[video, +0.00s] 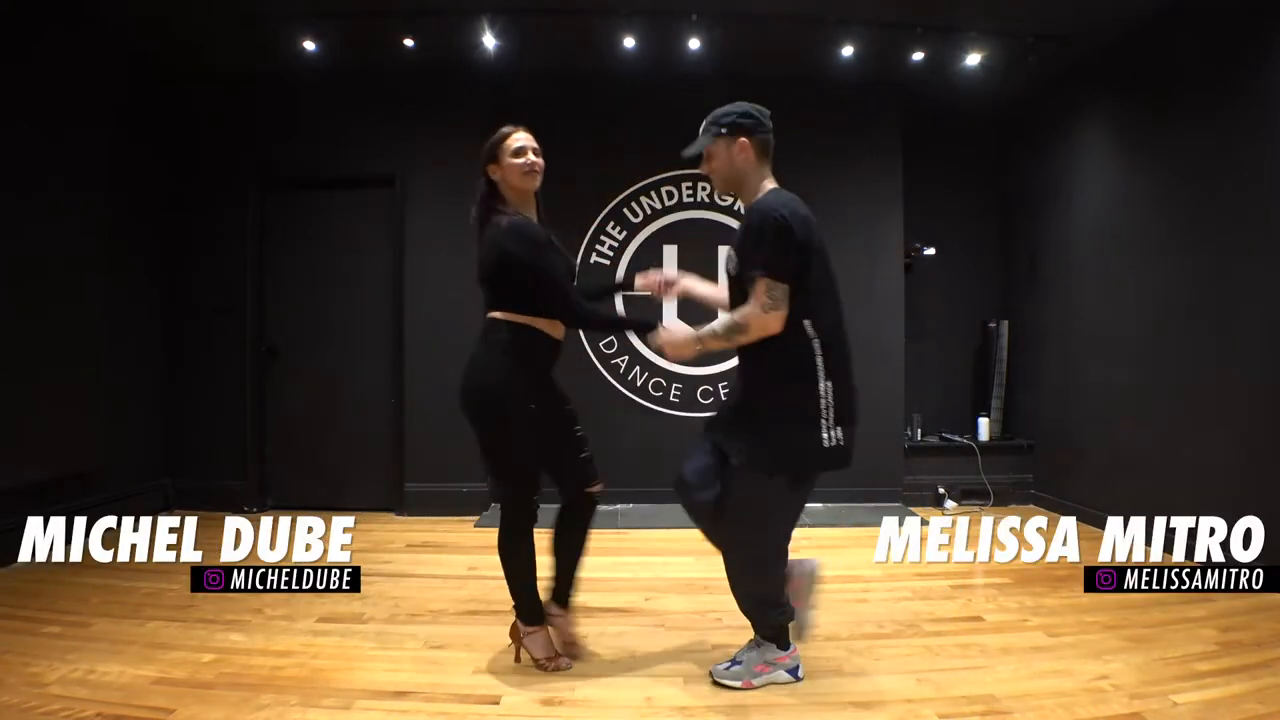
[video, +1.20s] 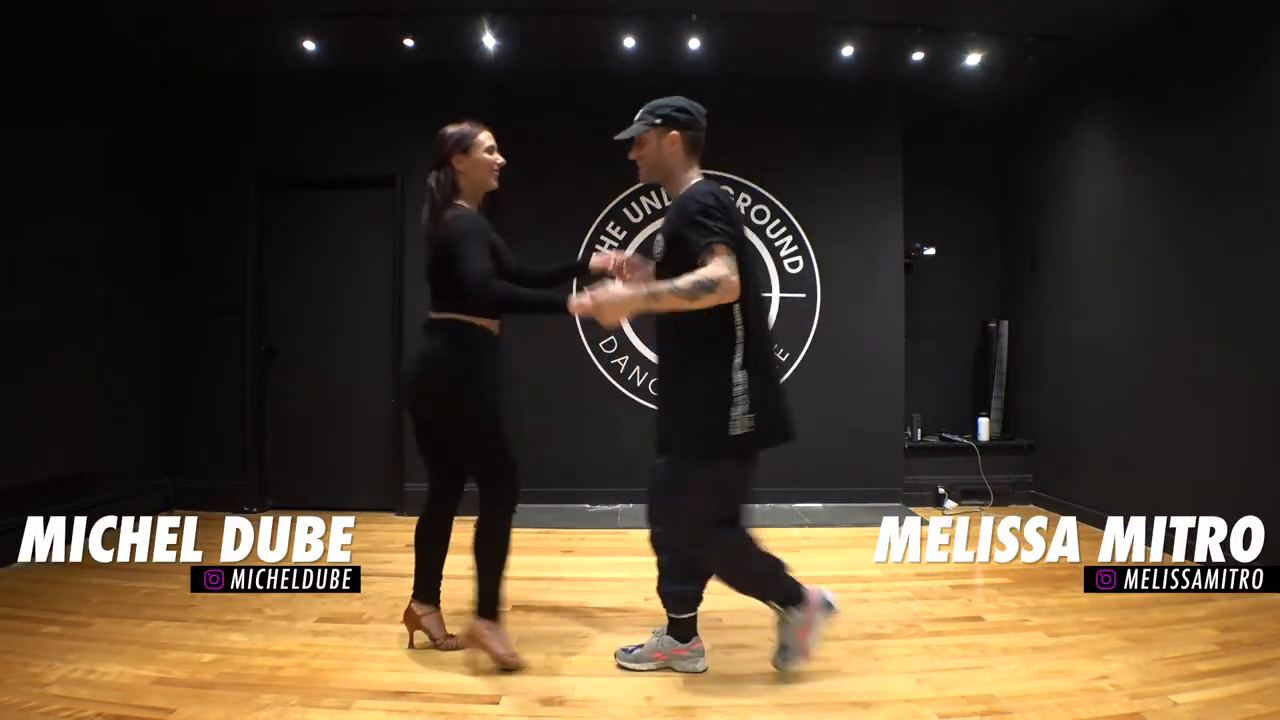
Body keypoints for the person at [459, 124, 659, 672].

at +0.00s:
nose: (532, 159)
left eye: (536, 152)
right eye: (518, 153)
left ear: (542, 166)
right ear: (494, 172)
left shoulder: (535, 229)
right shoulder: (510, 233)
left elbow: (572, 292)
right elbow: (572, 313)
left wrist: (630, 282)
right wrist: (645, 326)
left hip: (532, 374)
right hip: (502, 374)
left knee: (582, 488)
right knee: (519, 499)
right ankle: (529, 624)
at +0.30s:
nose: (585, 167)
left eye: (583, 159)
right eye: (574, 160)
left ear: (565, 174)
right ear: (542, 172)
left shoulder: (575, 237)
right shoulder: (545, 237)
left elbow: (618, 291)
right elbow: (585, 299)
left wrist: (672, 274)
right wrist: (675, 308)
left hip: (570, 384)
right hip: (541, 387)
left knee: (616, 498)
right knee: (582, 502)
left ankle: (621, 623)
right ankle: (536, 619)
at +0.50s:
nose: (591, 174)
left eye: (587, 166)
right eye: (580, 166)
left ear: (561, 177)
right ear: (549, 176)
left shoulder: (569, 241)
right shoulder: (546, 237)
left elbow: (602, 333)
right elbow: (614, 280)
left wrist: (668, 356)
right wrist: (690, 243)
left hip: (581, 386)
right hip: (553, 389)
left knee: (622, 504)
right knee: (619, 503)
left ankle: (619, 623)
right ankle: (546, 608)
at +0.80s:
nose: (562, 158)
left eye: (559, 149)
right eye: (552, 150)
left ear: (528, 162)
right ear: (521, 160)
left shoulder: (521, 221)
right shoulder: (530, 225)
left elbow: (577, 294)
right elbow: (589, 306)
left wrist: (631, 290)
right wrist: (669, 317)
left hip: (519, 369)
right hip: (517, 372)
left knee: (571, 488)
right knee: (541, 497)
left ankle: (568, 615)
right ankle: (517, 632)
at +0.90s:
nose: (550, 158)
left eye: (547, 149)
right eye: (539, 149)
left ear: (516, 162)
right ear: (509, 161)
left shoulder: (501, 222)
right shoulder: (524, 227)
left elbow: (557, 284)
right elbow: (568, 312)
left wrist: (611, 256)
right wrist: (646, 347)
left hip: (500, 365)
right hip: (511, 367)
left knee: (554, 487)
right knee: (532, 495)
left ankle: (502, 597)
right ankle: (520, 632)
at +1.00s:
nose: (529, 161)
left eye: (526, 152)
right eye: (518, 153)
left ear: (490, 168)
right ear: (486, 165)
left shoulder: (471, 228)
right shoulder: (506, 231)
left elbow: (536, 274)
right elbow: (533, 316)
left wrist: (593, 232)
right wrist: (605, 352)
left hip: (468, 364)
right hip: (499, 367)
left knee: (498, 490)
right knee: (515, 497)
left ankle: (439, 597)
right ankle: (518, 632)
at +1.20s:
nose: (501, 159)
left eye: (498, 151)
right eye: (489, 151)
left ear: (468, 164)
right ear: (457, 162)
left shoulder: (470, 221)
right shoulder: (462, 221)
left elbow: (518, 275)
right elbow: (482, 291)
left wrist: (588, 266)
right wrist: (567, 304)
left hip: (442, 359)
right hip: (461, 361)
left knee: (447, 483)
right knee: (500, 482)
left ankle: (424, 603)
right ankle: (487, 619)